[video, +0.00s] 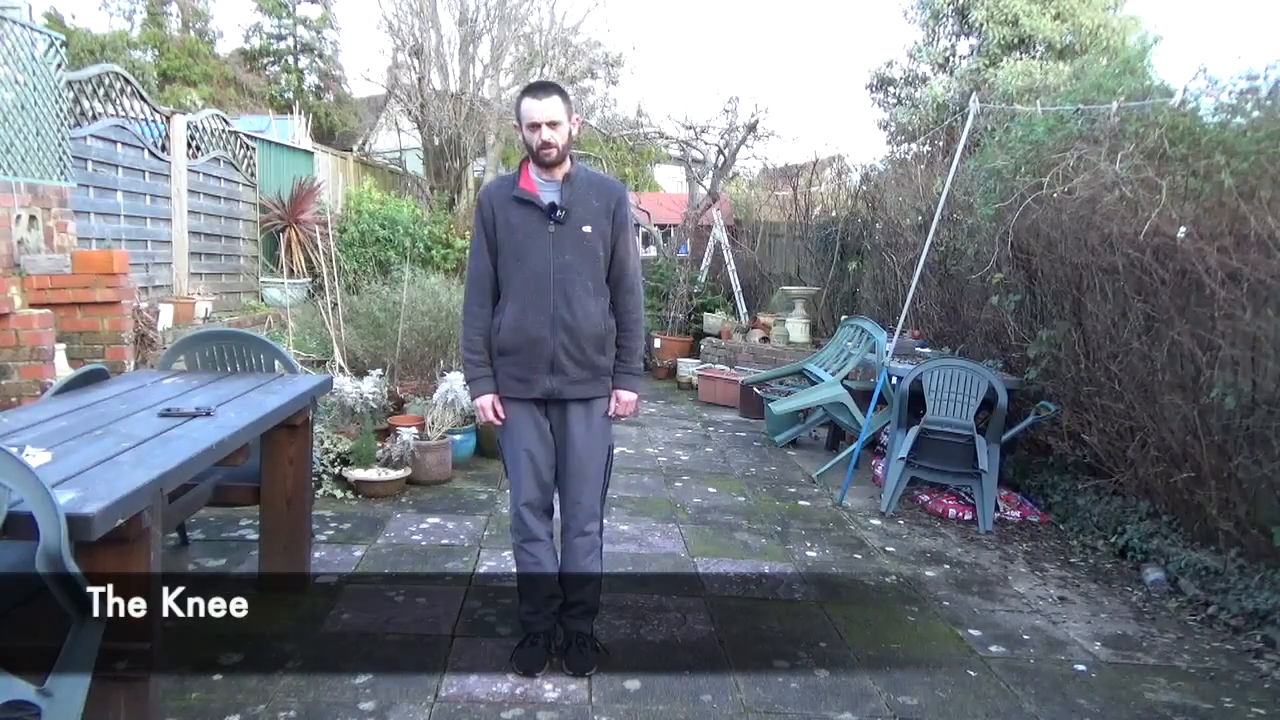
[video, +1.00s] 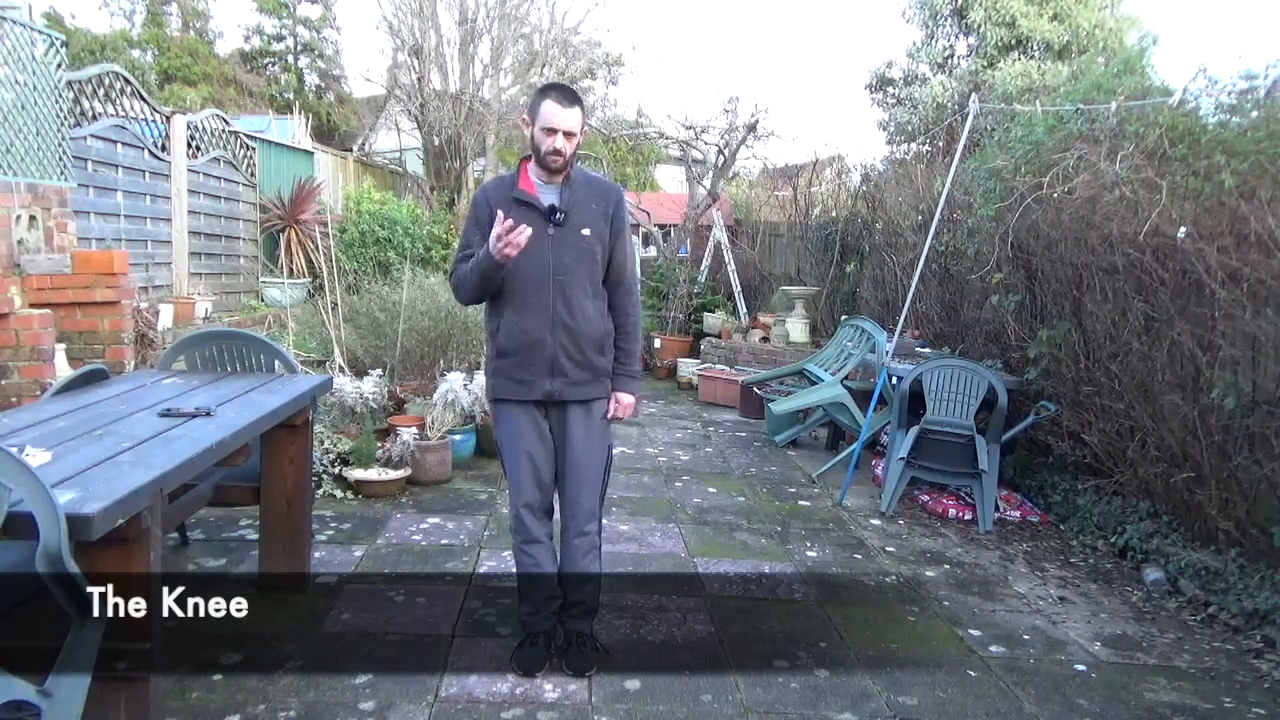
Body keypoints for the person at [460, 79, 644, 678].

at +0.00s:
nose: (542, 135)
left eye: (552, 124)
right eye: (532, 126)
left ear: (573, 126)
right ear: (520, 132)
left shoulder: (609, 194)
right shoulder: (495, 198)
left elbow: (629, 292)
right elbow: (478, 296)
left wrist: (628, 376)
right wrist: (479, 380)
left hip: (590, 378)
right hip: (517, 380)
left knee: (583, 509)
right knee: (529, 507)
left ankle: (579, 631)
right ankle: (536, 631)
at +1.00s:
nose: (560, 144)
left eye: (570, 134)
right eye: (550, 132)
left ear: (583, 136)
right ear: (529, 128)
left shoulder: (606, 197)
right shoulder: (493, 196)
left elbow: (625, 292)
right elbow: (464, 289)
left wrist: (627, 377)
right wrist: (495, 257)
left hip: (589, 377)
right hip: (516, 378)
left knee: (584, 510)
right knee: (528, 507)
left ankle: (580, 632)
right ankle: (535, 632)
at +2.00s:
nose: (555, 138)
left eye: (565, 128)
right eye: (545, 127)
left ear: (579, 133)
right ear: (526, 130)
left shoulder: (607, 198)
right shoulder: (494, 198)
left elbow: (626, 294)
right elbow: (467, 292)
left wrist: (628, 377)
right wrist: (492, 265)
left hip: (591, 378)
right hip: (517, 379)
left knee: (584, 509)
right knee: (529, 507)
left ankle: (580, 630)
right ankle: (536, 631)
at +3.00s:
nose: (547, 139)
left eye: (556, 128)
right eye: (536, 129)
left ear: (573, 130)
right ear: (521, 131)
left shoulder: (606, 197)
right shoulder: (493, 197)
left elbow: (626, 293)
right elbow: (467, 291)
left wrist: (628, 376)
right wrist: (496, 232)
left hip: (590, 380)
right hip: (516, 380)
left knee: (583, 513)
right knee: (528, 513)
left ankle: (580, 627)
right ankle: (536, 629)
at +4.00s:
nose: (537, 141)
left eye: (546, 130)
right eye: (526, 132)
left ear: (566, 130)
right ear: (513, 135)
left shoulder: (601, 195)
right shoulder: (489, 198)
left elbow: (623, 292)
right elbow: (467, 295)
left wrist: (627, 376)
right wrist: (484, 251)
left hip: (588, 379)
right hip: (515, 381)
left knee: (582, 513)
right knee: (528, 513)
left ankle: (579, 626)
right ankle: (535, 629)